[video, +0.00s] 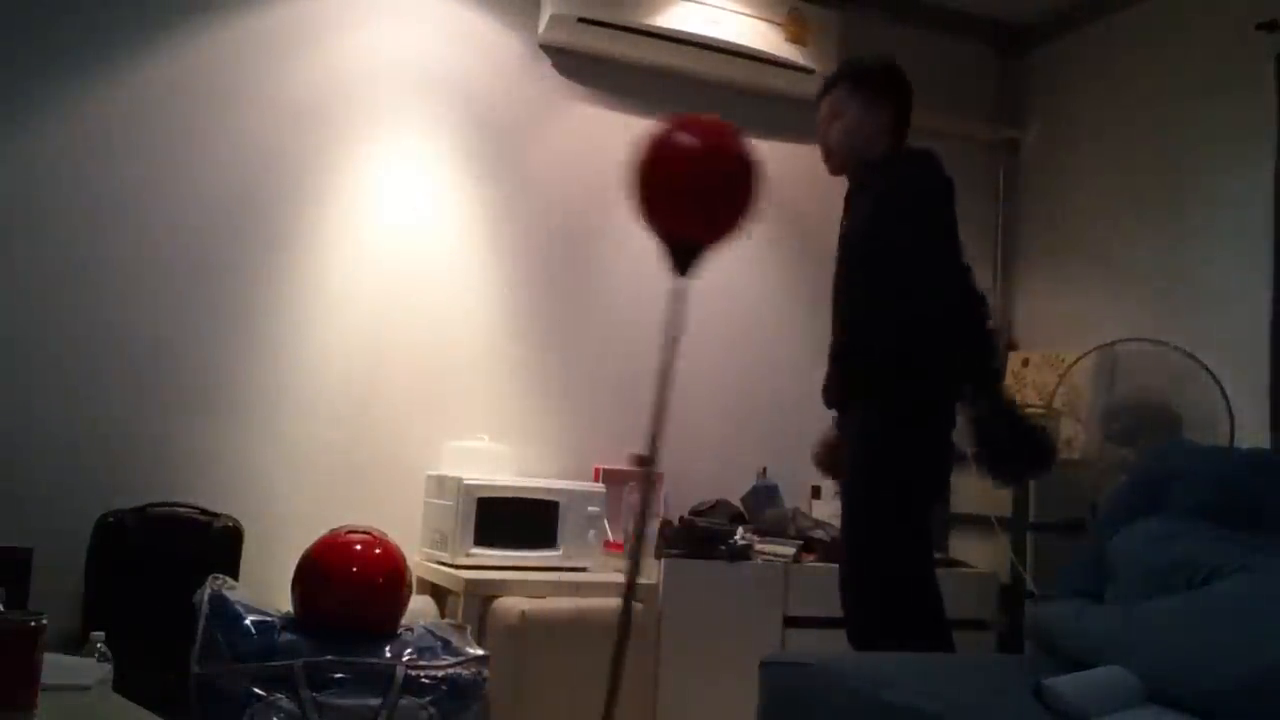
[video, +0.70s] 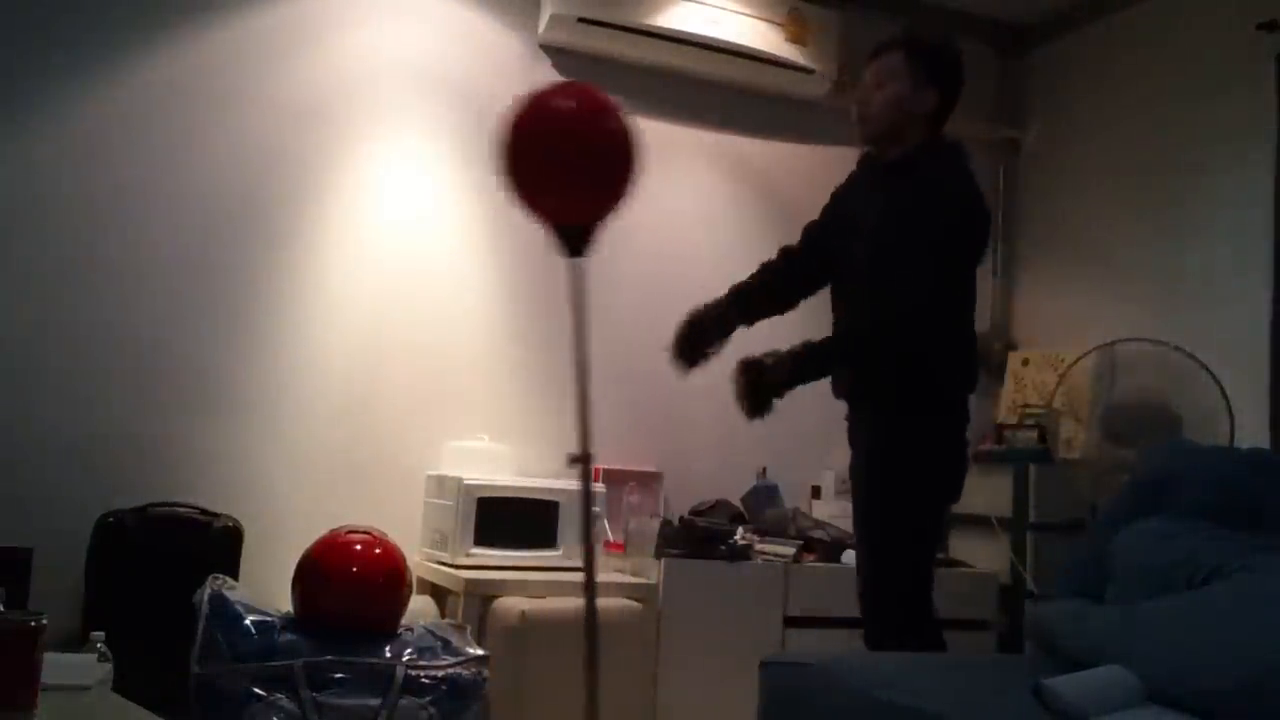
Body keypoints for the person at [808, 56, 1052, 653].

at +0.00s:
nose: (823, 133)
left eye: (834, 116)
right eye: (823, 118)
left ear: (875, 118)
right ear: (863, 121)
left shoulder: (905, 184)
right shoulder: (875, 190)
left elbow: (942, 301)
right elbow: (870, 318)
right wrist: (849, 424)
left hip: (902, 414)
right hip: (885, 413)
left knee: (884, 592)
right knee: (886, 589)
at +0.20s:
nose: (828, 108)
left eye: (843, 96)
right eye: (831, 95)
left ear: (885, 105)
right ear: (870, 106)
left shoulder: (920, 179)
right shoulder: (855, 183)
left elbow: (1028, 245)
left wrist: (1036, 348)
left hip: (904, 407)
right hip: (861, 404)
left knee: (885, 582)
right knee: (879, 577)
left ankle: (917, 705)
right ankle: (910, 704)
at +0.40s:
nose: (845, 96)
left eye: (862, 83)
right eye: (846, 83)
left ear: (906, 95)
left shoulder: (932, 165)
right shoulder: (855, 171)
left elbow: (1027, 209)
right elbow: (846, 268)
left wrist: (939, 299)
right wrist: (830, 339)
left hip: (911, 399)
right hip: (862, 397)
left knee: (889, 581)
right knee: (857, 575)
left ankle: (912, 703)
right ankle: (898, 701)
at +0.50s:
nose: (856, 96)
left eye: (873, 81)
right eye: (856, 82)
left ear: (917, 94)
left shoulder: (948, 176)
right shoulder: (859, 177)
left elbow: (955, 275)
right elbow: (804, 253)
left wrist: (861, 345)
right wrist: (758, 329)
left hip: (920, 408)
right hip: (866, 406)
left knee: (891, 590)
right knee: (857, 583)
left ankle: (913, 714)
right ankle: (899, 709)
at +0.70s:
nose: (861, 99)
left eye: (881, 85)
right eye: (863, 84)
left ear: (925, 98)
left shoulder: (942, 187)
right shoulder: (876, 177)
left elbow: (893, 324)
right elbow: (808, 261)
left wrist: (794, 367)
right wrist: (728, 311)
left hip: (921, 415)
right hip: (880, 410)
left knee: (898, 604)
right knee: (891, 603)